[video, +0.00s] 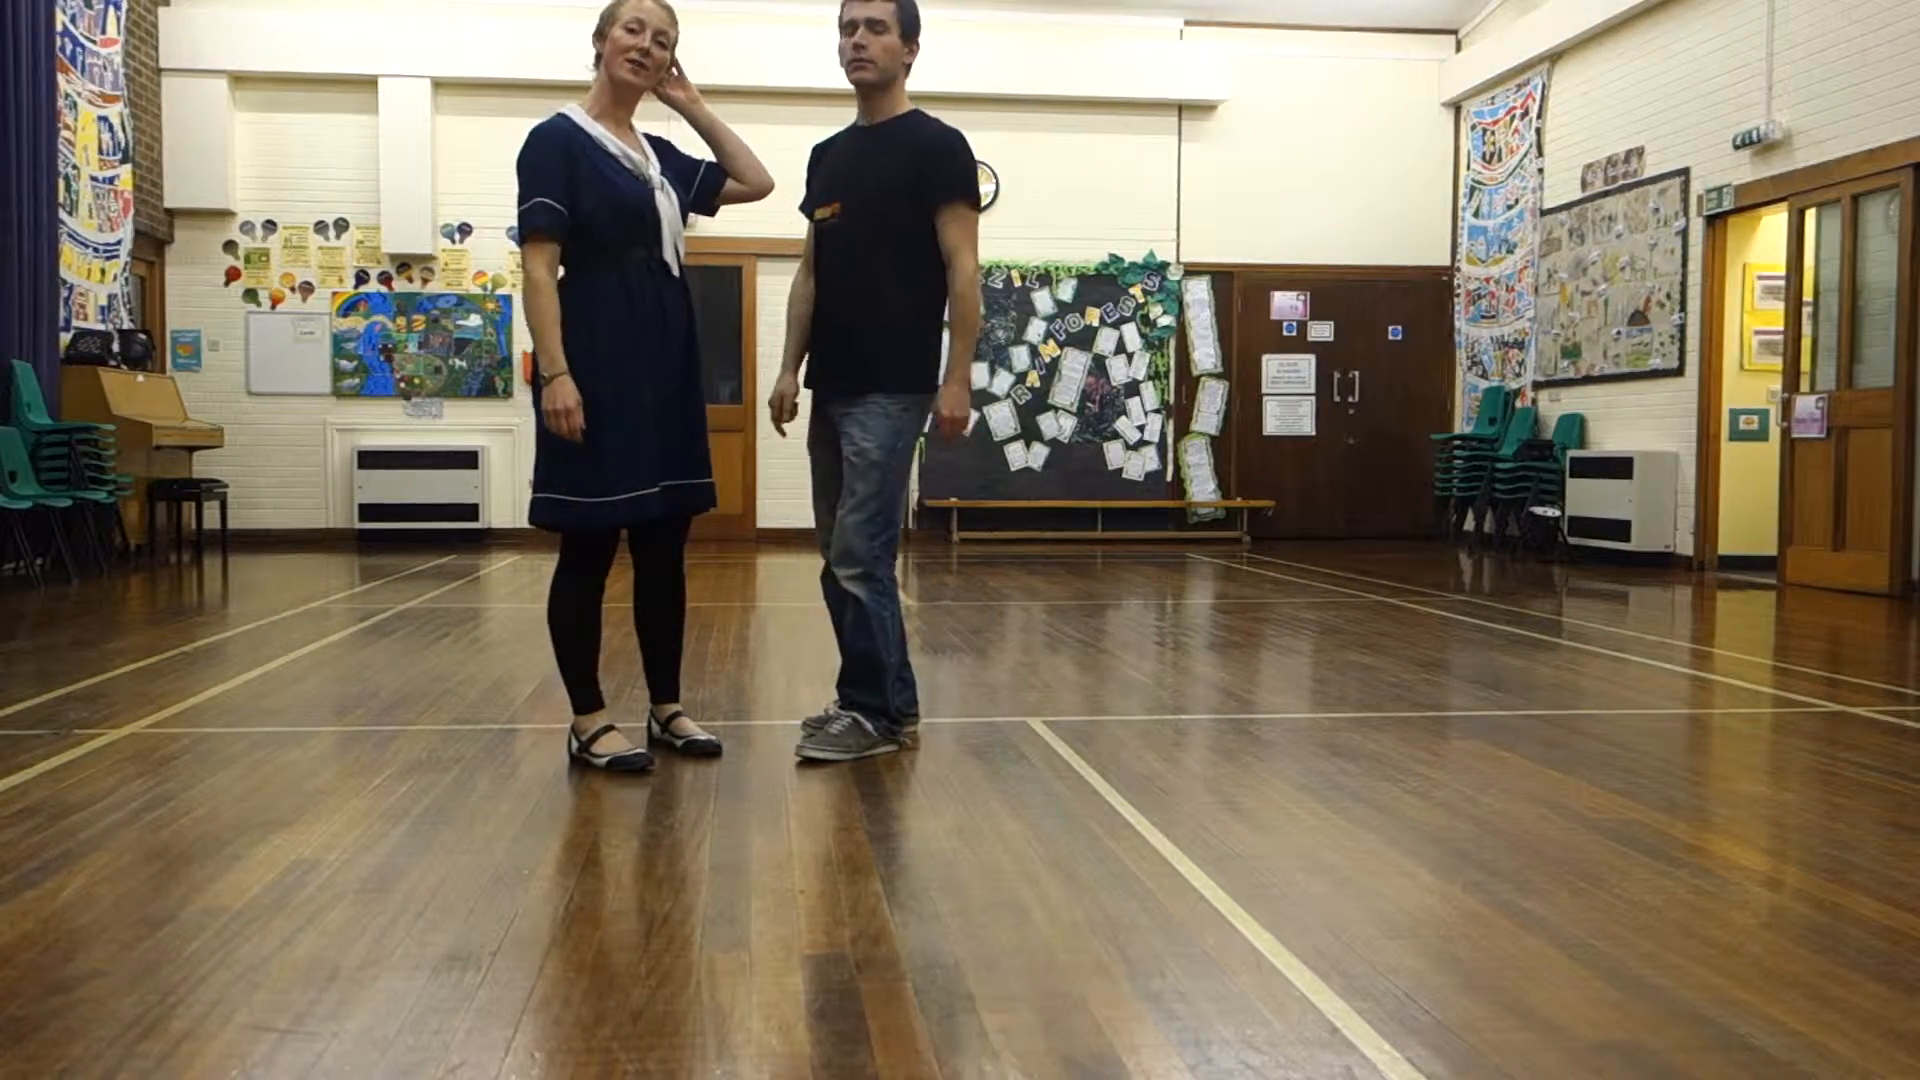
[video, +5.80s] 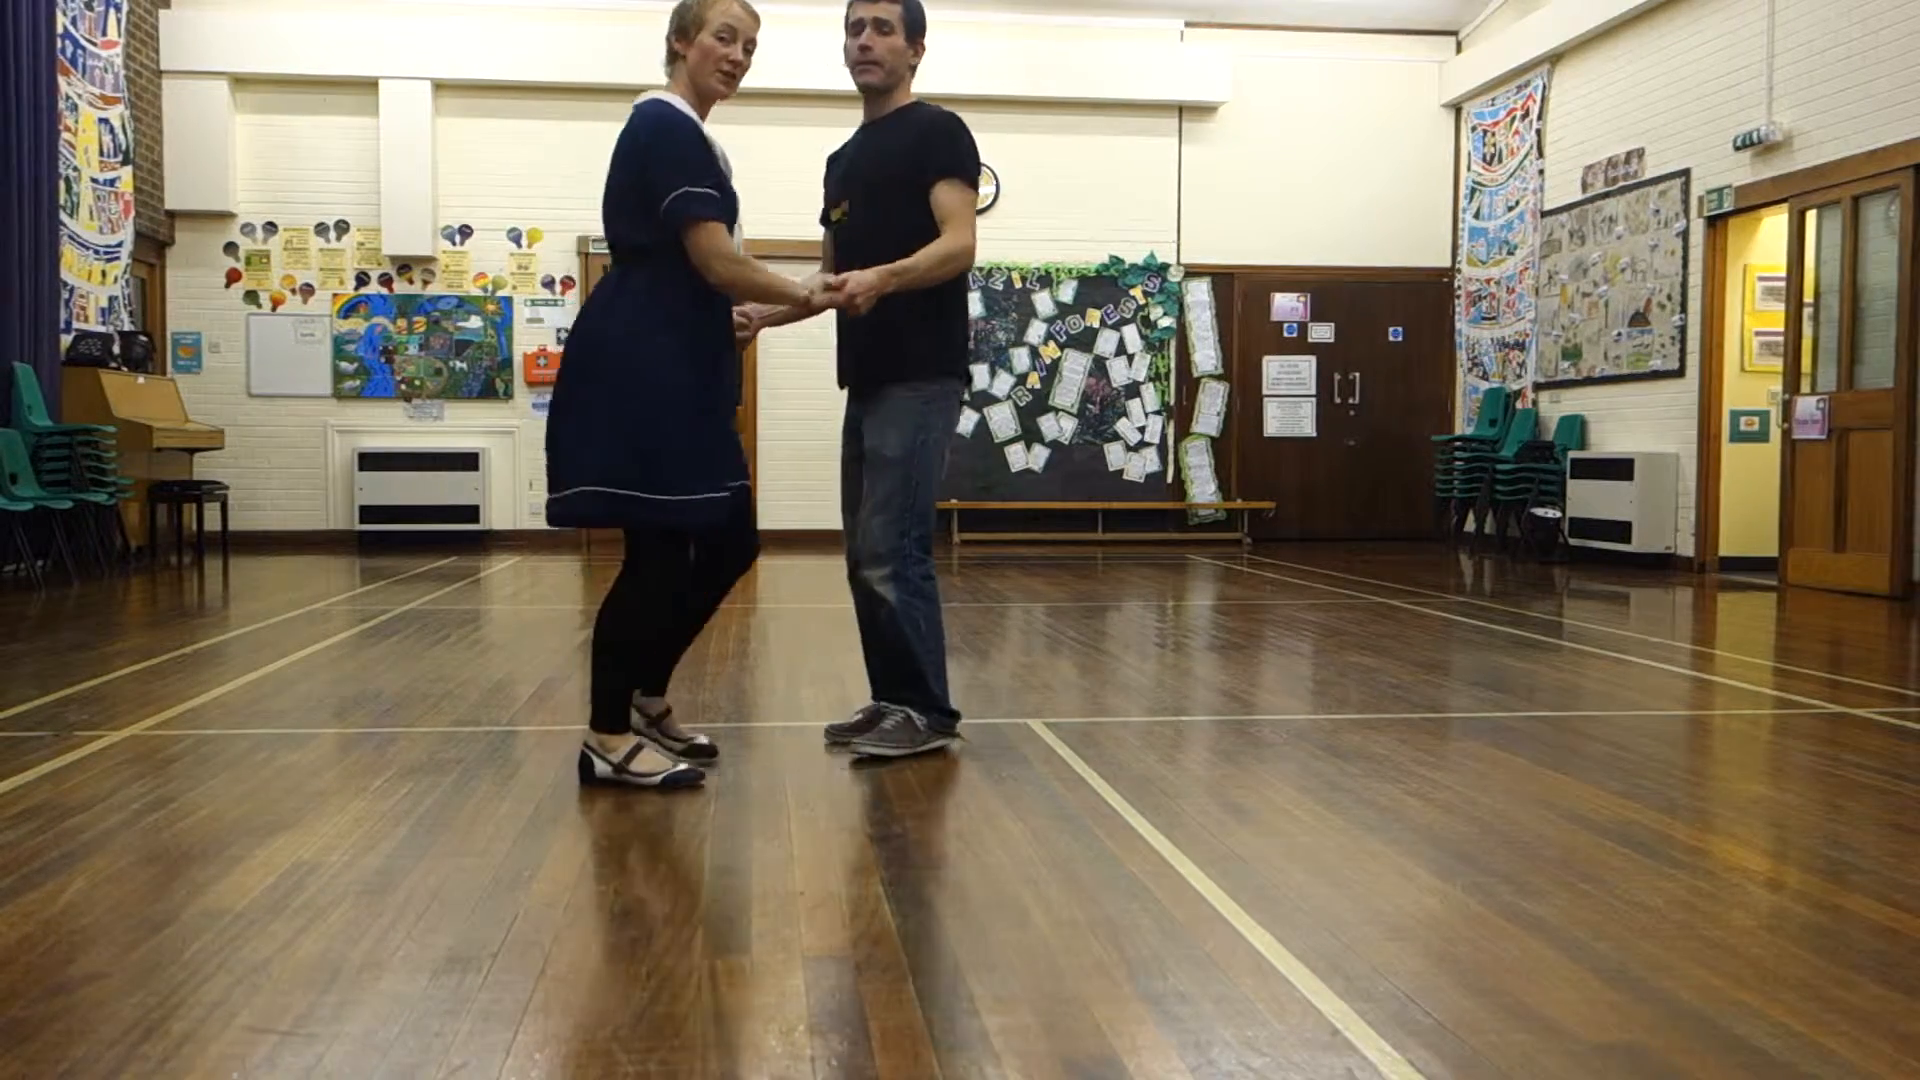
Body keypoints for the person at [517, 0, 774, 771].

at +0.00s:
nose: (646, 45)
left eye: (661, 40)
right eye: (634, 29)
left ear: (668, 65)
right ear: (598, 43)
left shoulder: (658, 152)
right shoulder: (556, 139)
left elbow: (753, 179)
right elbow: (537, 265)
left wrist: (687, 99)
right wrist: (555, 374)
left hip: (666, 384)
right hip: (591, 382)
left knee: (662, 548)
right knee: (586, 552)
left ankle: (667, 710)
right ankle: (589, 725)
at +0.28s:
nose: (657, 43)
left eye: (666, 35)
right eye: (644, 28)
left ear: (666, 53)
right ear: (598, 36)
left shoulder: (665, 153)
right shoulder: (555, 146)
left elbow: (748, 230)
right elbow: (537, 271)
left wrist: (758, 136)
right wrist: (548, 381)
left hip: (670, 384)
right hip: (593, 383)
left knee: (665, 546)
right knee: (589, 550)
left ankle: (667, 711)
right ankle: (590, 724)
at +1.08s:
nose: (656, 43)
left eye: (652, 30)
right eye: (641, 32)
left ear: (610, 47)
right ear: (596, 47)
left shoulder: (624, 140)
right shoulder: (574, 141)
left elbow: (642, 226)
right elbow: (590, 277)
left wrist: (688, 243)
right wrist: (650, 376)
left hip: (646, 377)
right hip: (589, 381)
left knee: (652, 544)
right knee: (586, 550)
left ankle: (667, 711)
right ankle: (589, 725)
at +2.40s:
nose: (639, 77)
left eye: (648, 63)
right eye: (622, 69)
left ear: (667, 73)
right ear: (600, 88)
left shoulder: (696, 175)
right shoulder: (581, 179)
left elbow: (756, 247)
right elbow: (561, 288)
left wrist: (800, 182)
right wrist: (577, 373)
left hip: (685, 387)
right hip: (607, 386)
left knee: (673, 545)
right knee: (598, 548)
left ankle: (661, 704)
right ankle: (574, 715)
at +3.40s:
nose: (675, 65)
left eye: (672, 53)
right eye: (659, 53)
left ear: (634, 70)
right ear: (615, 68)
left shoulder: (666, 173)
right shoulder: (583, 165)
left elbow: (694, 269)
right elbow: (576, 283)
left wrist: (755, 242)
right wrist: (675, 294)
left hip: (670, 393)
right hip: (609, 396)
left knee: (663, 547)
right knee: (623, 553)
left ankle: (658, 705)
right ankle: (592, 720)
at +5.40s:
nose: (671, 89)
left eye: (679, 82)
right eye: (658, 74)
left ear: (679, 97)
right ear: (618, 80)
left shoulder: (640, 170)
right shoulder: (606, 159)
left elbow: (657, 283)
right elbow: (637, 275)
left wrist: (738, 302)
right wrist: (742, 283)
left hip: (629, 389)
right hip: (611, 389)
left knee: (619, 548)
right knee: (641, 547)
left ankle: (589, 708)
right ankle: (605, 722)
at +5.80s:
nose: (739, 56)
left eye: (748, 47)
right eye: (726, 37)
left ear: (744, 63)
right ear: (681, 40)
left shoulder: (686, 133)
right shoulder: (663, 123)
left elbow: (696, 273)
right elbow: (717, 261)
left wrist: (750, 308)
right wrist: (808, 295)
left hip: (681, 383)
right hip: (644, 384)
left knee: (728, 543)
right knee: (659, 552)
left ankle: (646, 699)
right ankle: (608, 739)